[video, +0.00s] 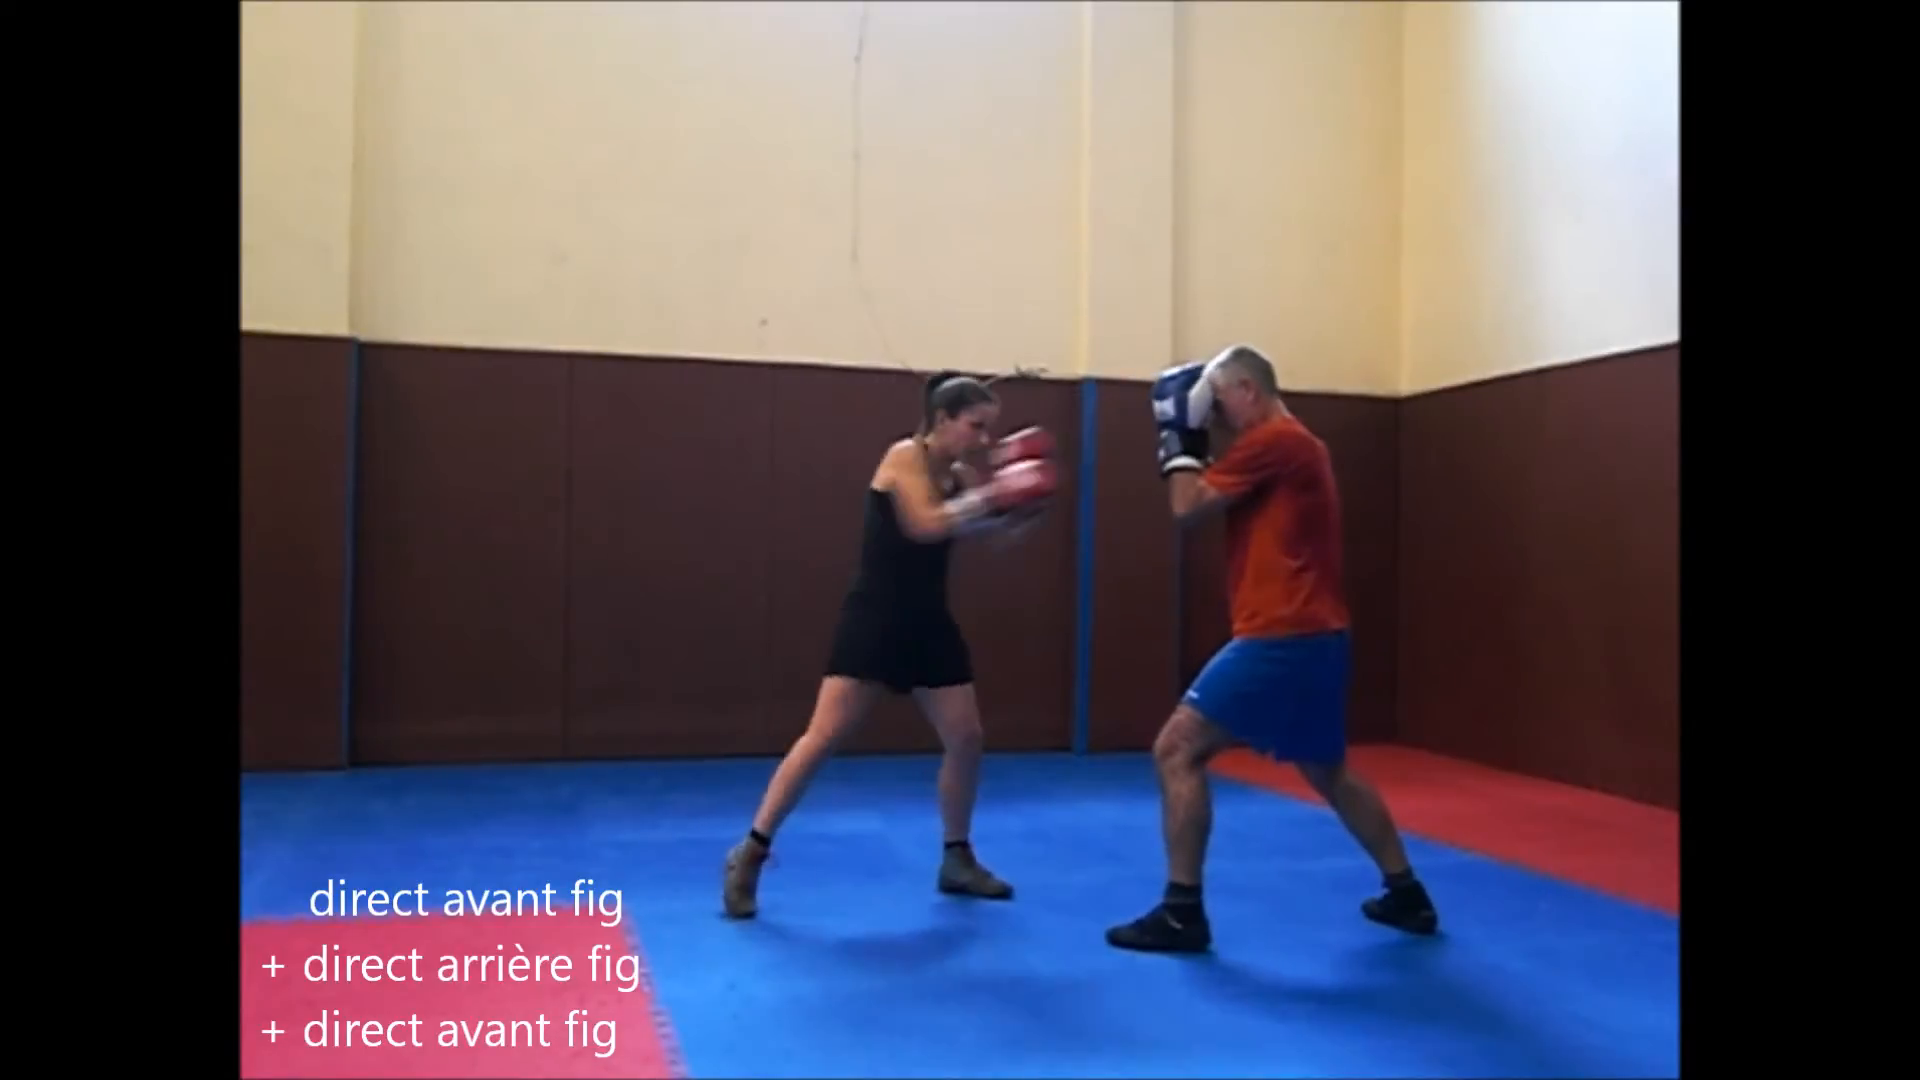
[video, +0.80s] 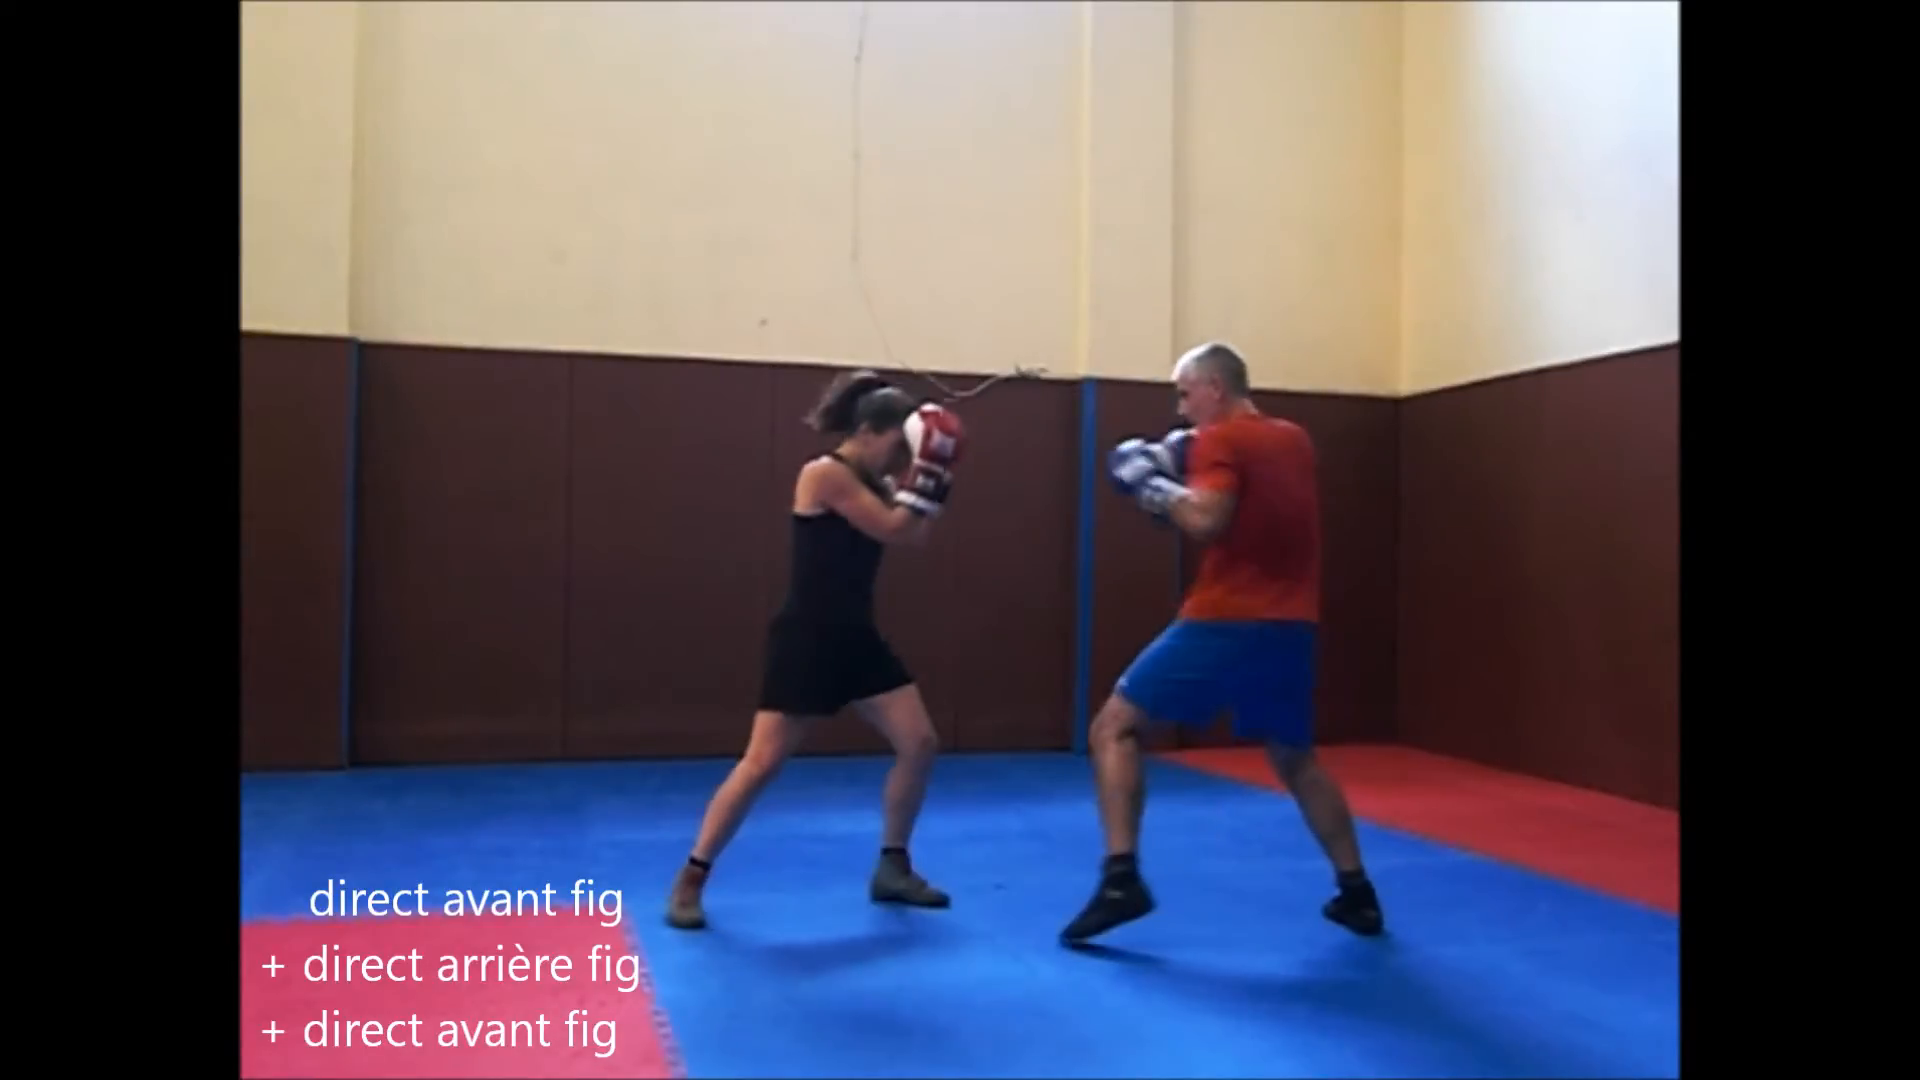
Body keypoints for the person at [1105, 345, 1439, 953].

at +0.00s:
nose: (1221, 416)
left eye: (1222, 403)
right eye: (1217, 405)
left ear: (1246, 391)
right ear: (1262, 391)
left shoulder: (1272, 442)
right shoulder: (1300, 442)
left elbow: (1188, 501)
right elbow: (1217, 491)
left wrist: (1171, 436)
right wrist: (1200, 437)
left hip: (1274, 637)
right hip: (1315, 636)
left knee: (1177, 749)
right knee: (1330, 771)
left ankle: (1182, 912)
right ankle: (1407, 893)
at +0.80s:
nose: (1182, 408)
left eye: (1187, 393)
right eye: (1180, 395)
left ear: (1219, 389)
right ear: (1239, 390)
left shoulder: (1216, 439)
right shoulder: (1295, 437)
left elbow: (1203, 517)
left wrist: (1151, 485)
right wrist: (1181, 472)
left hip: (1222, 621)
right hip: (1291, 625)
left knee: (1112, 730)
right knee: (1297, 759)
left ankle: (1121, 881)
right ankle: (1357, 892)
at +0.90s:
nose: (1159, 411)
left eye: (1163, 400)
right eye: (1158, 401)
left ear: (1192, 394)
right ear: (1214, 394)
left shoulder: (1176, 439)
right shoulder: (1280, 440)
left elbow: (1110, 479)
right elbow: (1290, 513)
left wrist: (1043, 460)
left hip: (1198, 629)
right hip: (1274, 630)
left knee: (1108, 746)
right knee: (1301, 760)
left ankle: (1120, 896)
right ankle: (1357, 893)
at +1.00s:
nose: (1132, 424)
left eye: (1137, 412)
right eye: (1132, 413)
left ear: (1167, 409)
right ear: (1190, 407)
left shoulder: (1142, 456)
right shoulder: (1258, 452)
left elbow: (1053, 469)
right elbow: (1281, 535)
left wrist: (966, 453)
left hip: (1190, 647)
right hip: (1270, 646)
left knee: (1093, 752)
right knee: (1290, 767)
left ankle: (1121, 901)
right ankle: (1355, 894)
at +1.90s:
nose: (1138, 409)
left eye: (1144, 396)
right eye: (1137, 397)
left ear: (1175, 394)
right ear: (1192, 396)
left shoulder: (1176, 447)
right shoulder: (1247, 444)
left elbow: (1120, 515)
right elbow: (1192, 500)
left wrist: (1064, 483)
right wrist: (1137, 465)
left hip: (1208, 634)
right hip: (1273, 628)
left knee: (1112, 755)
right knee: (1299, 770)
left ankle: (1128, 915)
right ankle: (1372, 896)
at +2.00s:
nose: (1157, 408)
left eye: (1163, 393)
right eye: (1155, 396)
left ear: (1196, 387)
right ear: (1202, 389)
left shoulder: (1221, 441)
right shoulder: (1247, 440)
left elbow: (1160, 519)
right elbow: (1179, 505)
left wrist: (1119, 465)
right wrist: (1147, 460)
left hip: (1233, 632)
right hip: (1278, 630)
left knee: (1130, 744)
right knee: (1302, 767)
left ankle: (1130, 907)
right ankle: (1374, 894)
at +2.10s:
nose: (1172, 407)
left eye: (1175, 393)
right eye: (1168, 396)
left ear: (1206, 385)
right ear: (1211, 386)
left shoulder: (1237, 438)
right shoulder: (1248, 437)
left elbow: (1154, 498)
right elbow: (1165, 488)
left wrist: (1124, 432)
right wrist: (1133, 428)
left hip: (1245, 627)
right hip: (1284, 627)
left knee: (1144, 741)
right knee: (1299, 766)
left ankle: (1157, 907)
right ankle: (1375, 894)